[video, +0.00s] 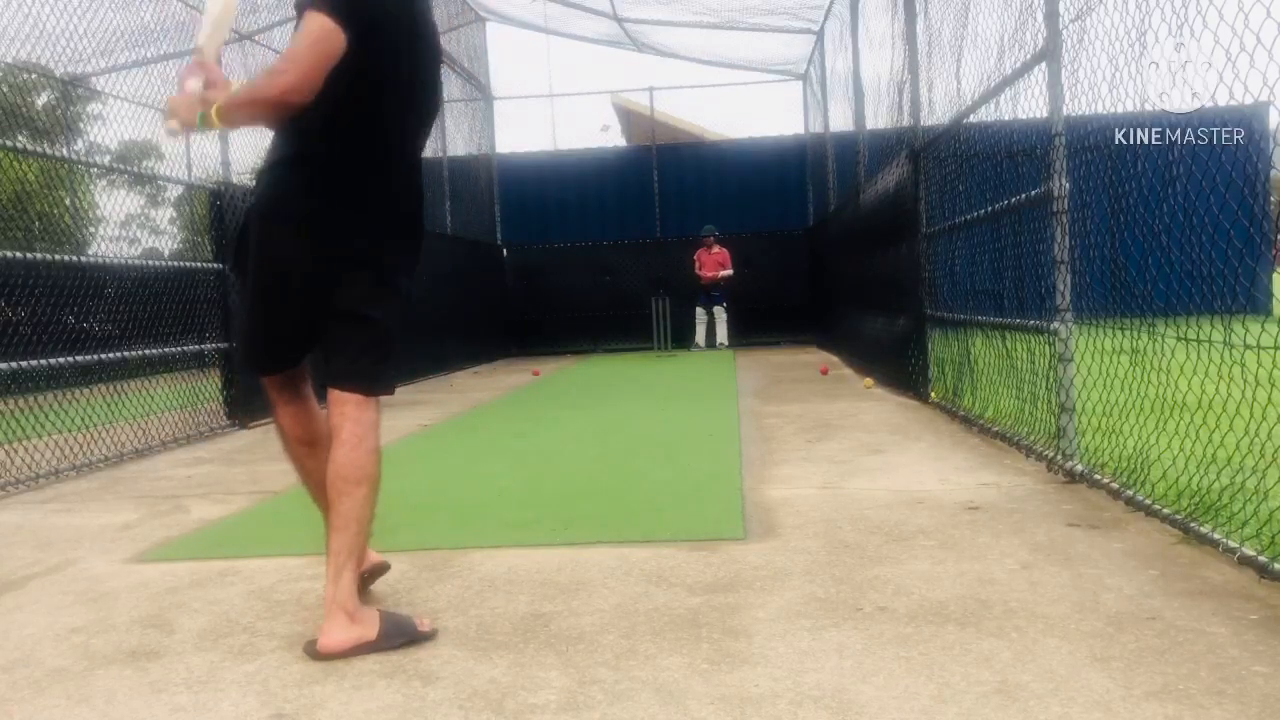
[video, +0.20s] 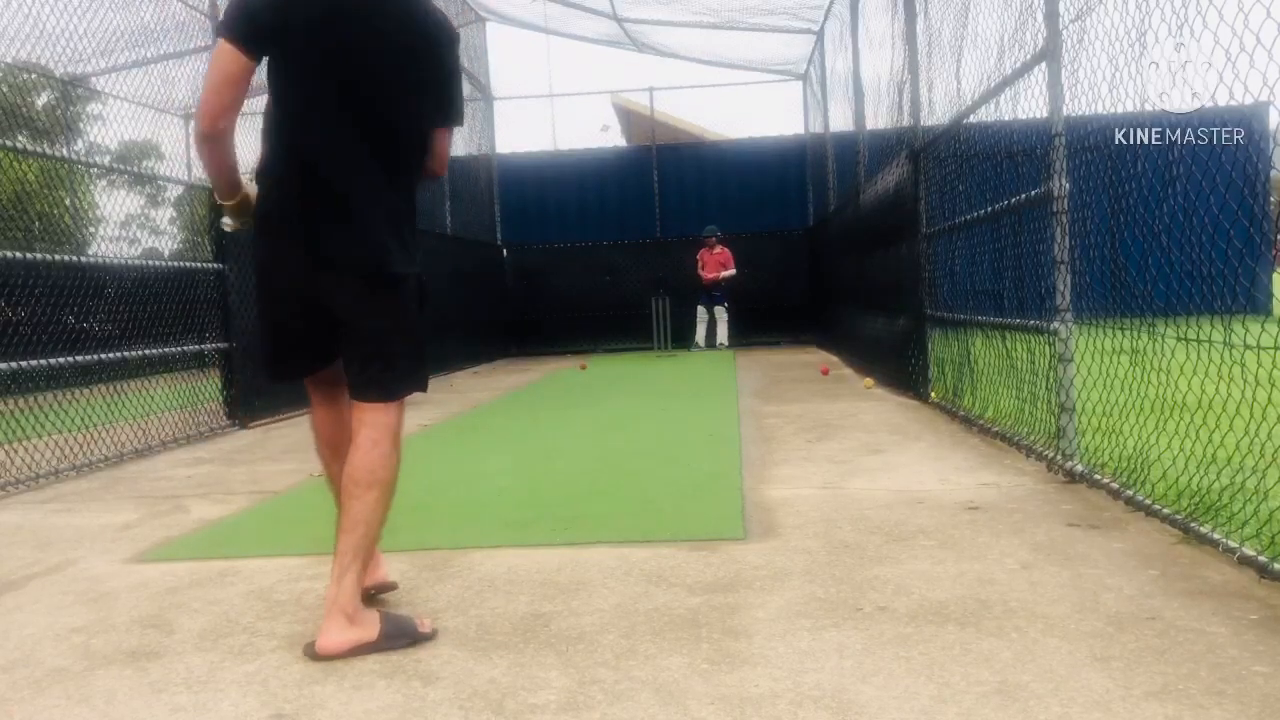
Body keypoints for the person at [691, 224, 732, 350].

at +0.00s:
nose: (706, 239)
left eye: (709, 237)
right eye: (704, 237)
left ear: (714, 237)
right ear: (702, 239)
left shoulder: (723, 252)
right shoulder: (700, 253)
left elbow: (730, 270)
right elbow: (696, 270)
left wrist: (717, 275)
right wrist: (703, 274)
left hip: (718, 285)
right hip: (704, 286)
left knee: (719, 312)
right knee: (700, 313)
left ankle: (722, 342)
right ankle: (700, 343)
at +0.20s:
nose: (708, 240)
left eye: (711, 237)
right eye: (706, 238)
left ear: (716, 238)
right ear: (704, 239)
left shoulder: (725, 252)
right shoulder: (702, 252)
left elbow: (732, 270)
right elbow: (699, 269)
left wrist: (720, 275)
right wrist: (704, 275)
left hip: (719, 285)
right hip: (706, 285)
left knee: (720, 312)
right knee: (701, 312)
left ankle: (722, 342)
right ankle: (699, 342)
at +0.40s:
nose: (735, 267)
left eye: (736, 265)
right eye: (734, 264)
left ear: (735, 264)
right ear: (729, 262)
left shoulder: (730, 269)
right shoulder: (720, 271)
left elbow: (728, 280)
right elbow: (721, 286)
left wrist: (729, 286)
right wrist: (727, 288)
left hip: (715, 291)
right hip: (704, 291)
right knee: (701, 314)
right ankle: (695, 335)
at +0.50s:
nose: (735, 264)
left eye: (736, 262)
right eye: (734, 260)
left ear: (736, 261)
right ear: (727, 258)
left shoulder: (730, 268)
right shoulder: (717, 267)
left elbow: (727, 280)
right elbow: (717, 284)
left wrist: (731, 286)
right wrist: (730, 288)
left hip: (718, 289)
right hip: (705, 288)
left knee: (721, 312)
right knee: (699, 313)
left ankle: (722, 342)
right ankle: (693, 338)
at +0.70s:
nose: (726, 248)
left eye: (728, 245)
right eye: (723, 245)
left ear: (731, 247)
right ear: (719, 245)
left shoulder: (730, 262)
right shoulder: (710, 255)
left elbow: (731, 280)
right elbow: (701, 270)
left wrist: (734, 294)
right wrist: (710, 283)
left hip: (718, 290)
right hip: (703, 288)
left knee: (719, 313)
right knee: (697, 314)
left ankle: (722, 343)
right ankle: (698, 341)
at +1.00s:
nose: (710, 240)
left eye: (712, 237)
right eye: (707, 237)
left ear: (716, 239)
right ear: (703, 239)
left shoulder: (720, 253)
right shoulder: (696, 253)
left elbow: (724, 271)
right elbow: (690, 268)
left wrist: (726, 278)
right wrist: (699, 273)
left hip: (715, 286)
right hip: (700, 287)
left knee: (720, 312)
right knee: (700, 315)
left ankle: (723, 342)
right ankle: (702, 343)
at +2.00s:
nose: (701, 244)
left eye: (703, 241)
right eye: (701, 241)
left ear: (709, 240)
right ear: (702, 241)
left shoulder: (723, 252)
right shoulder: (700, 255)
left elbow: (729, 270)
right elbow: (698, 271)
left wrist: (716, 270)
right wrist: (689, 278)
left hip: (719, 286)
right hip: (705, 286)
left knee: (721, 312)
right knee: (699, 311)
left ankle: (726, 342)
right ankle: (697, 343)